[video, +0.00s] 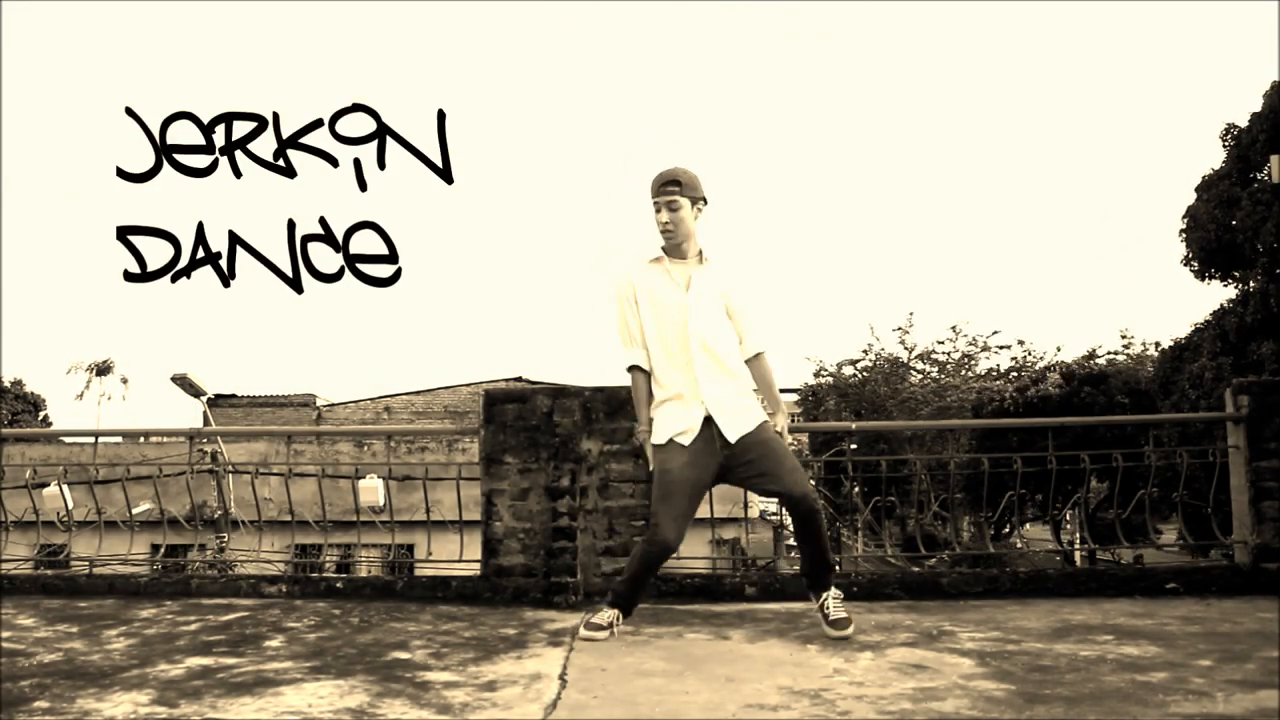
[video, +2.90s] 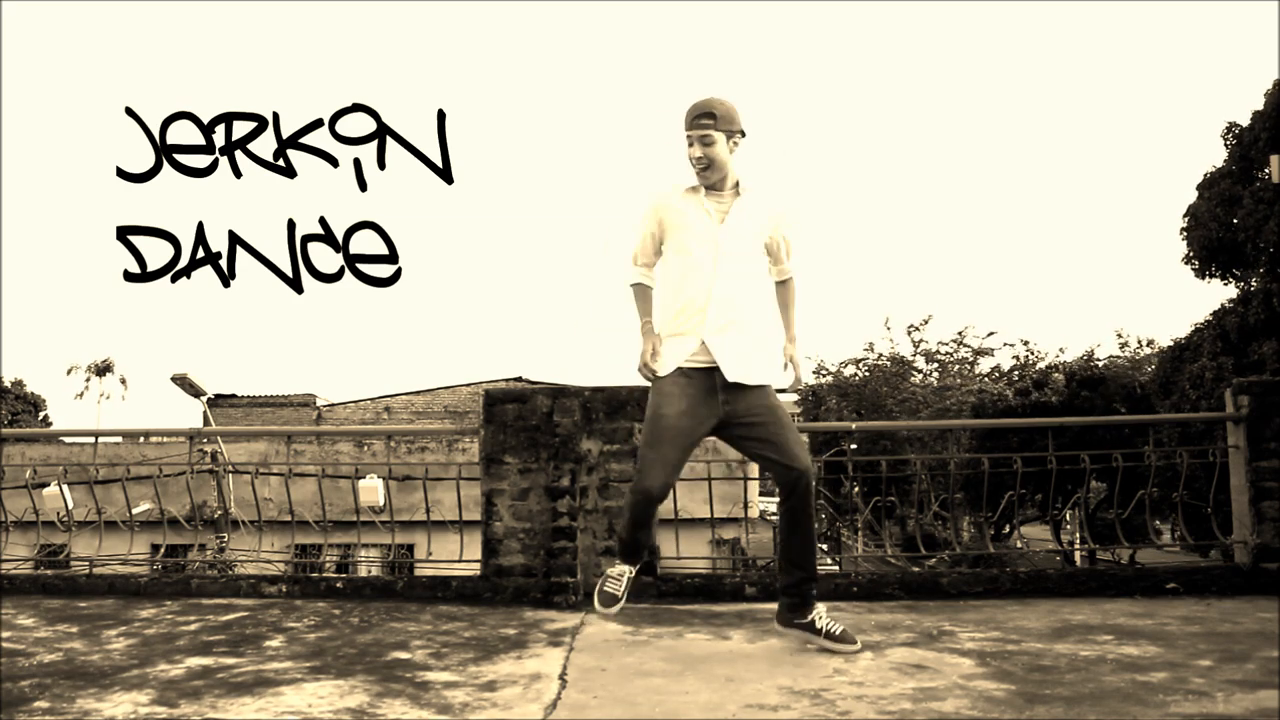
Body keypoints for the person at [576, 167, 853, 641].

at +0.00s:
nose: (663, 218)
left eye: (672, 208)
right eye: (657, 209)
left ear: (698, 210)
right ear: (653, 215)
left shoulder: (725, 277)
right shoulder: (637, 284)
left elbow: (754, 352)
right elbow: (639, 365)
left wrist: (778, 412)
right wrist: (644, 431)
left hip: (741, 418)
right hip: (679, 425)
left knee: (804, 496)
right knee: (664, 536)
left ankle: (824, 589)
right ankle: (616, 609)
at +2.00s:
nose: (683, 188)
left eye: (693, 177)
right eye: (677, 180)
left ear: (719, 182)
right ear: (672, 188)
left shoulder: (748, 250)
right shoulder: (657, 257)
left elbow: (767, 322)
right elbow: (645, 340)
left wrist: (781, 385)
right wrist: (634, 410)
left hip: (745, 396)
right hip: (679, 398)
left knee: (797, 489)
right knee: (651, 496)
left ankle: (801, 588)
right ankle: (614, 585)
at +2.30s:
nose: (691, 213)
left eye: (701, 203)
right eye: (684, 204)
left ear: (725, 206)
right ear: (677, 208)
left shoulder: (756, 273)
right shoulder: (659, 277)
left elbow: (799, 346)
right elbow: (629, 344)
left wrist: (847, 413)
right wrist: (617, 340)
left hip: (754, 424)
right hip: (685, 427)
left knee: (799, 518)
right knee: (653, 535)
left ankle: (811, 617)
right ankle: (626, 609)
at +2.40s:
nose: (718, 203)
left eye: (728, 193)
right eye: (710, 194)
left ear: (751, 197)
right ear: (703, 200)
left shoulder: (778, 271)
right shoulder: (681, 271)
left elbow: (826, 335)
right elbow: (662, 346)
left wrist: (881, 387)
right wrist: (615, 333)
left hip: (767, 411)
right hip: (701, 415)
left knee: (808, 509)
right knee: (680, 517)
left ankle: (815, 617)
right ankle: (626, 596)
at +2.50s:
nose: (743, 195)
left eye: (753, 185)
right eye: (735, 186)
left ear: (776, 190)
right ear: (728, 192)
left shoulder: (794, 262)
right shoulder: (701, 256)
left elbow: (815, 322)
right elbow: (696, 325)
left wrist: (842, 364)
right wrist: (678, 348)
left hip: (773, 391)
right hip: (716, 391)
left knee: (817, 499)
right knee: (730, 492)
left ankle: (817, 615)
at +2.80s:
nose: (719, 156)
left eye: (729, 146)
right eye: (713, 148)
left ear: (757, 149)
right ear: (708, 155)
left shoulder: (784, 224)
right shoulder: (686, 216)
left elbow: (802, 303)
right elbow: (658, 288)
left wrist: (806, 369)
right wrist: (674, 350)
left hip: (772, 384)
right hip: (705, 379)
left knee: (809, 486)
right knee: (679, 488)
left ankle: (796, 616)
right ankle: (657, 553)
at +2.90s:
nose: (696, 153)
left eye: (706, 142)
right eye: (690, 144)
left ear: (734, 142)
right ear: (686, 148)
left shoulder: (764, 211)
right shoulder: (667, 207)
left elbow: (783, 278)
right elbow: (641, 271)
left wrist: (790, 341)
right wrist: (648, 330)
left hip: (750, 376)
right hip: (682, 374)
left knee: (799, 473)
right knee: (649, 485)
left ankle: (799, 606)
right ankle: (625, 561)